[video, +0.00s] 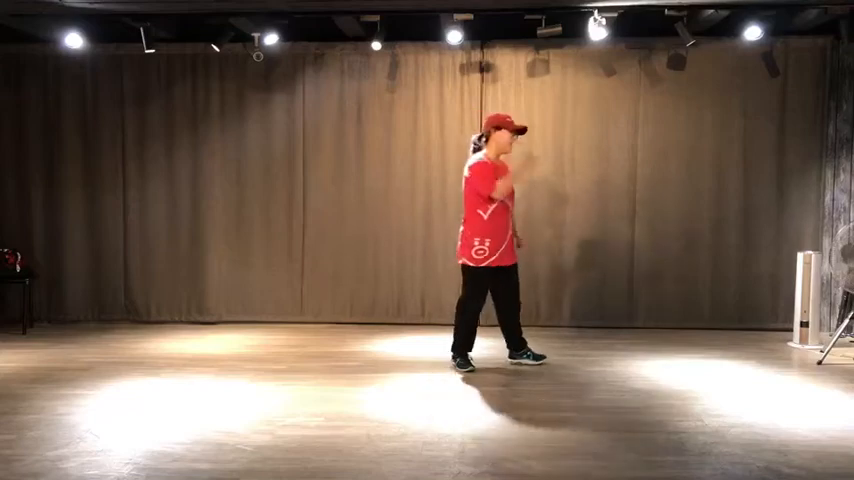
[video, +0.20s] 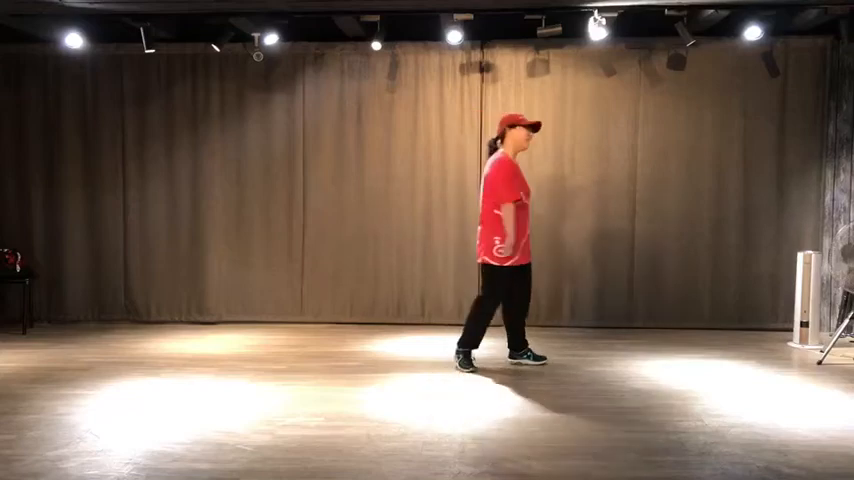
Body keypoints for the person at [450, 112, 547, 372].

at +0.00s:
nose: (513, 141)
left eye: (513, 136)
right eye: (510, 135)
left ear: (498, 137)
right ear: (494, 135)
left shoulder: (503, 167)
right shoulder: (477, 165)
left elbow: (507, 205)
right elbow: (497, 192)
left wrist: (512, 232)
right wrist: (519, 170)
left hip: (502, 248)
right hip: (478, 249)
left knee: (509, 302)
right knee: (471, 304)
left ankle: (517, 349)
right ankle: (460, 353)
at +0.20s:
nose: (530, 136)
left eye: (530, 132)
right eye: (526, 131)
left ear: (511, 134)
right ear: (510, 132)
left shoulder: (508, 164)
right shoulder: (502, 164)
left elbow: (508, 205)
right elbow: (507, 205)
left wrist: (517, 237)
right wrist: (510, 237)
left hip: (516, 250)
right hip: (499, 249)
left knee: (517, 301)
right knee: (489, 299)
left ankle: (518, 349)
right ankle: (464, 349)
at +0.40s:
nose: (543, 138)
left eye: (543, 133)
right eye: (540, 133)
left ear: (525, 134)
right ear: (524, 133)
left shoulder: (521, 163)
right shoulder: (513, 162)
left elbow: (504, 200)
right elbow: (499, 198)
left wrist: (493, 230)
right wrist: (491, 230)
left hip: (524, 245)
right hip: (515, 246)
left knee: (522, 301)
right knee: (518, 301)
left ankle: (518, 348)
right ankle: (495, 346)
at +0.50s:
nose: (548, 142)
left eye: (549, 137)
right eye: (546, 136)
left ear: (532, 137)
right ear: (530, 136)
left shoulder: (526, 162)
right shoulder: (516, 161)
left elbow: (521, 200)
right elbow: (505, 195)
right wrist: (512, 228)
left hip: (526, 244)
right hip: (517, 244)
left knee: (529, 291)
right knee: (532, 290)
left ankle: (522, 345)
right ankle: (517, 347)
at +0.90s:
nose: (572, 146)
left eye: (572, 141)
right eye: (570, 140)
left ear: (552, 138)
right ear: (555, 139)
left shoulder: (540, 164)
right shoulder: (543, 167)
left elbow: (558, 206)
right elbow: (565, 206)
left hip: (537, 249)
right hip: (540, 251)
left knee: (531, 300)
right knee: (548, 306)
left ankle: (519, 350)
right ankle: (561, 359)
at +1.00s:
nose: (577, 148)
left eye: (578, 144)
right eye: (575, 143)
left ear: (557, 139)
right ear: (564, 141)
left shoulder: (544, 163)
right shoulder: (552, 168)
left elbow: (552, 209)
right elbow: (558, 212)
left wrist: (557, 241)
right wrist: (563, 245)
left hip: (542, 248)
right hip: (550, 250)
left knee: (545, 298)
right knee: (556, 304)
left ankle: (523, 347)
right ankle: (561, 360)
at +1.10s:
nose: (583, 148)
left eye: (584, 143)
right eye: (582, 143)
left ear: (565, 139)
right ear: (568, 140)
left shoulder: (557, 163)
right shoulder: (553, 166)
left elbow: (557, 209)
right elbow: (551, 211)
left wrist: (569, 244)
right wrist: (562, 247)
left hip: (560, 248)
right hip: (554, 249)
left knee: (558, 300)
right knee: (560, 304)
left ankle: (533, 341)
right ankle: (561, 360)